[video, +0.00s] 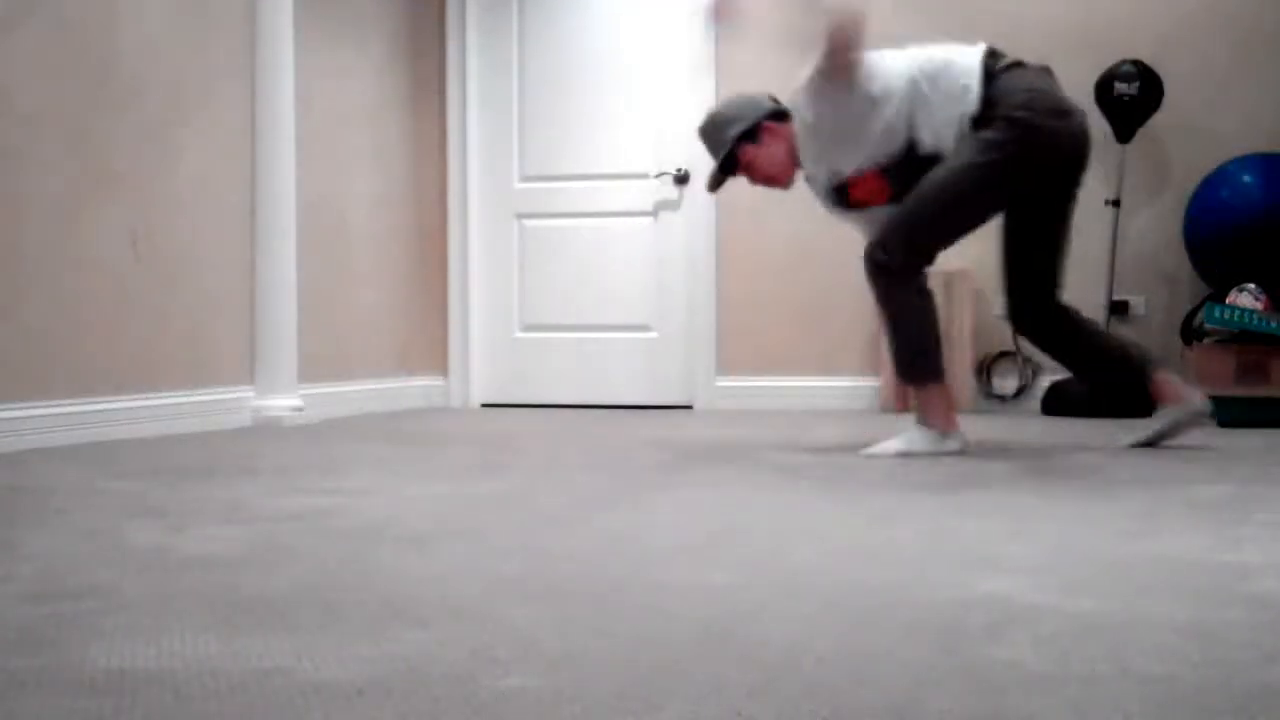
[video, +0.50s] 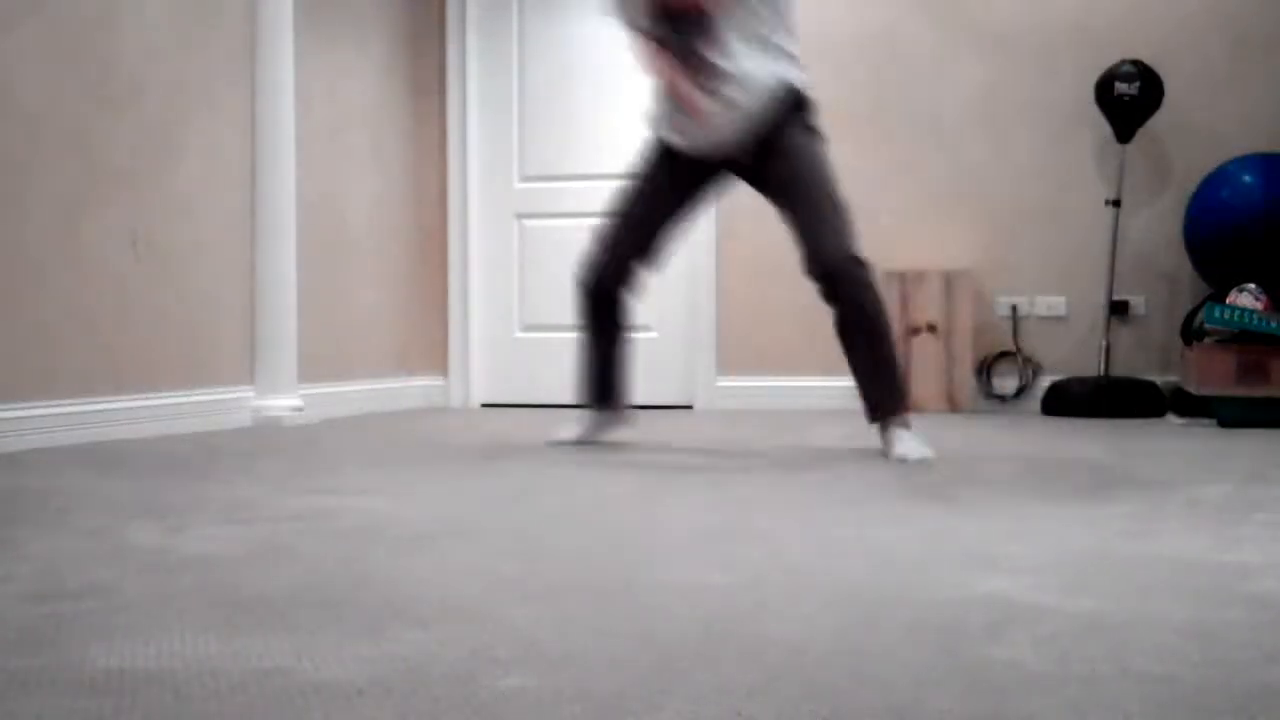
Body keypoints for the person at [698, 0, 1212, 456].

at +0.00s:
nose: (753, 178)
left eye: (745, 163)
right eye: (741, 174)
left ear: (766, 129)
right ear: (761, 150)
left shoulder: (821, 109)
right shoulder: (838, 186)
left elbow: (838, 54)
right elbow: (896, 268)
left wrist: (842, 38)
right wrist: (903, 376)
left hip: (1019, 111)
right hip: (1044, 120)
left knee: (892, 252)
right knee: (1033, 308)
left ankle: (937, 426)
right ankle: (1174, 397)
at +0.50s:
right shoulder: (641, 8)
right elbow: (644, 42)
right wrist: (678, 78)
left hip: (770, 116)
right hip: (687, 127)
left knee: (837, 265)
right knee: (603, 277)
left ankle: (894, 422)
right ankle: (607, 413)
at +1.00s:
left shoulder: (761, 7)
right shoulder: (644, 6)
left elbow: (758, 69)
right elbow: (643, 64)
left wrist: (686, 125)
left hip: (732, 125)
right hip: (648, 127)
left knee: (801, 238)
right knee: (565, 245)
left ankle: (840, 397)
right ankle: (496, 370)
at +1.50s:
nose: (454, 183)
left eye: (455, 160)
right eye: (444, 177)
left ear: (496, 137)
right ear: (451, 191)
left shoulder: (564, 146)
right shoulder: (558, 230)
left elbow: (612, 96)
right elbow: (614, 324)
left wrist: (561, 122)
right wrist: (588, 436)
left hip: (766, 184)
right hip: (695, 220)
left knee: (714, 252)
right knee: (631, 312)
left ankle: (790, 429)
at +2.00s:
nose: (597, 129)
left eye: (603, 115)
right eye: (585, 126)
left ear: (632, 111)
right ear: (580, 138)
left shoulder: (690, 159)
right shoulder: (591, 219)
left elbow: (771, 221)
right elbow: (600, 334)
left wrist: (798, 288)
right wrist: (589, 438)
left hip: (695, 240)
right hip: (624, 275)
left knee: (711, 63)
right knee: (459, 280)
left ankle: (716, 4)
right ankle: (299, 317)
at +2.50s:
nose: (682, 151)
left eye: (696, 141)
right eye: (679, 136)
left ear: (739, 133)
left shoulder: (744, 229)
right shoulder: (754, 109)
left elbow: (739, 336)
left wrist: (731, 445)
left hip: (686, 282)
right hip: (671, 196)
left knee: (643, 351)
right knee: (553, 117)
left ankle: (587, 415)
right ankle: (435, 77)